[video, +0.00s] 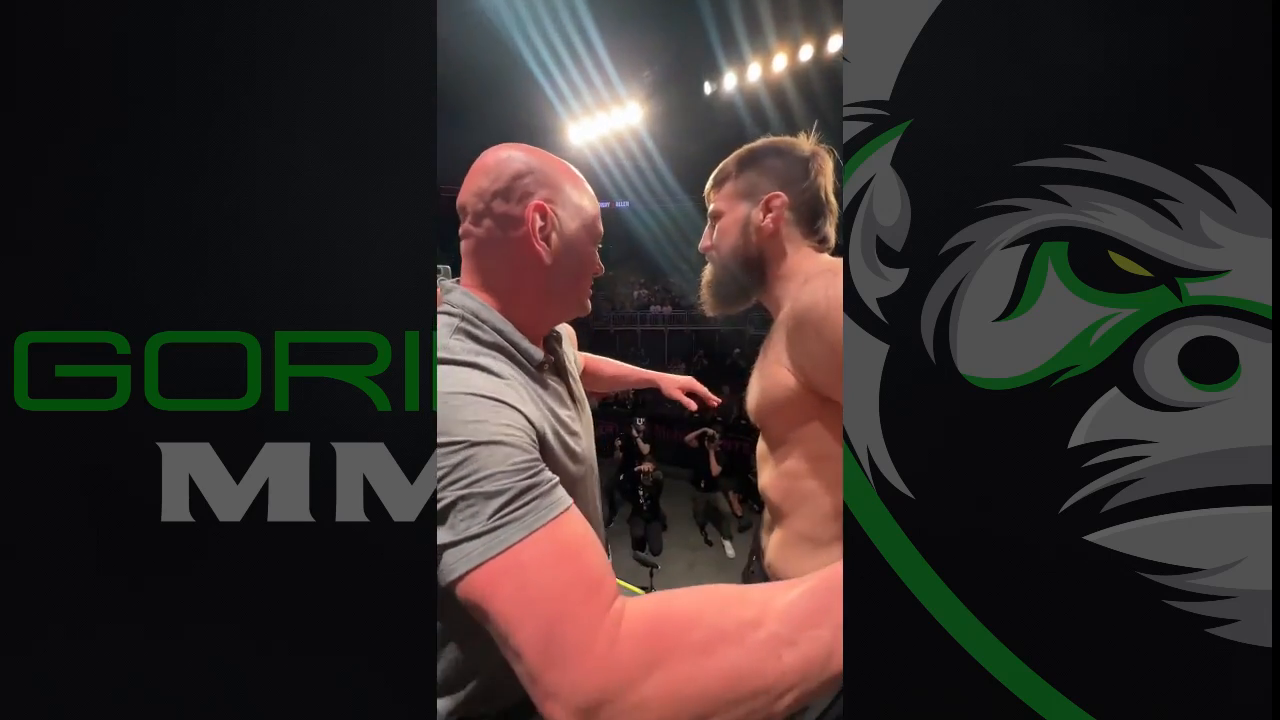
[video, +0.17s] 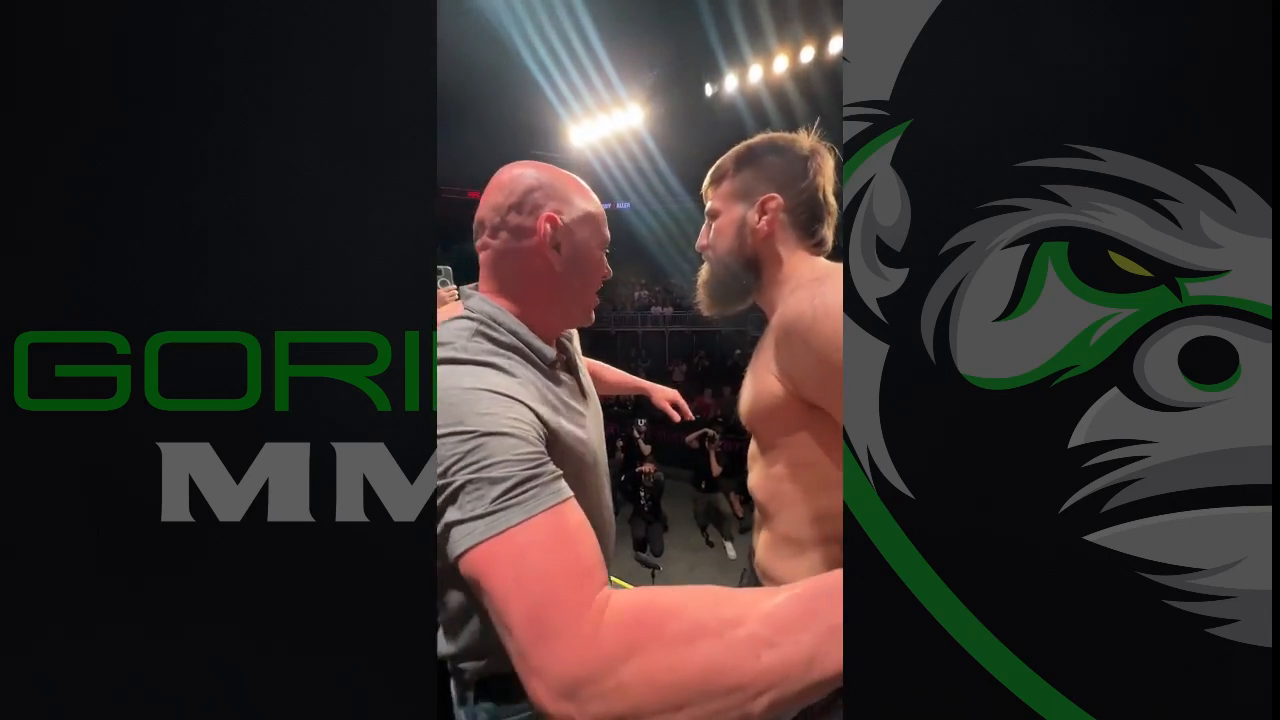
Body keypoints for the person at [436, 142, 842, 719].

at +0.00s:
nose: (599, 265)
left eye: (597, 242)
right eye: (592, 238)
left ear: (539, 229)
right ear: (541, 228)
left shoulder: (520, 335)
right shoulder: (459, 407)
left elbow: (571, 366)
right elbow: (594, 672)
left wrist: (658, 380)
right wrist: (860, 586)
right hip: (493, 698)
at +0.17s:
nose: (607, 271)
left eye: (606, 250)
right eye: (602, 248)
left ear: (551, 234)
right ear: (551, 234)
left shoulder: (539, 338)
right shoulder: (468, 400)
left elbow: (573, 372)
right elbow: (580, 665)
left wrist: (647, 388)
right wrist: (848, 601)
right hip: (507, 688)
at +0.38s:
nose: (624, 277)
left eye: (623, 260)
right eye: (618, 258)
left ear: (573, 250)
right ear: (577, 251)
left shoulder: (558, 340)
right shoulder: (497, 386)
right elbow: (545, 663)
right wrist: (829, 638)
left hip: (598, 594)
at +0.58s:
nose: (636, 271)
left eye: (636, 252)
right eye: (634, 251)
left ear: (542, 250)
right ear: (603, 247)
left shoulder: (566, 346)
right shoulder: (517, 369)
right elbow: (511, 654)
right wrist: (812, 685)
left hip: (598, 597)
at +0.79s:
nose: (644, 276)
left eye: (643, 259)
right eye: (641, 258)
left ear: (553, 255)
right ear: (619, 257)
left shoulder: (563, 347)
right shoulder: (538, 360)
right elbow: (512, 639)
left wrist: (623, 397)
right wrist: (810, 694)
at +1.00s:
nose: (650, 277)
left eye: (648, 261)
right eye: (641, 257)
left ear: (592, 257)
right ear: (595, 254)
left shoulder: (545, 333)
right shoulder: (549, 344)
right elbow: (538, 590)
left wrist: (614, 412)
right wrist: (818, 680)